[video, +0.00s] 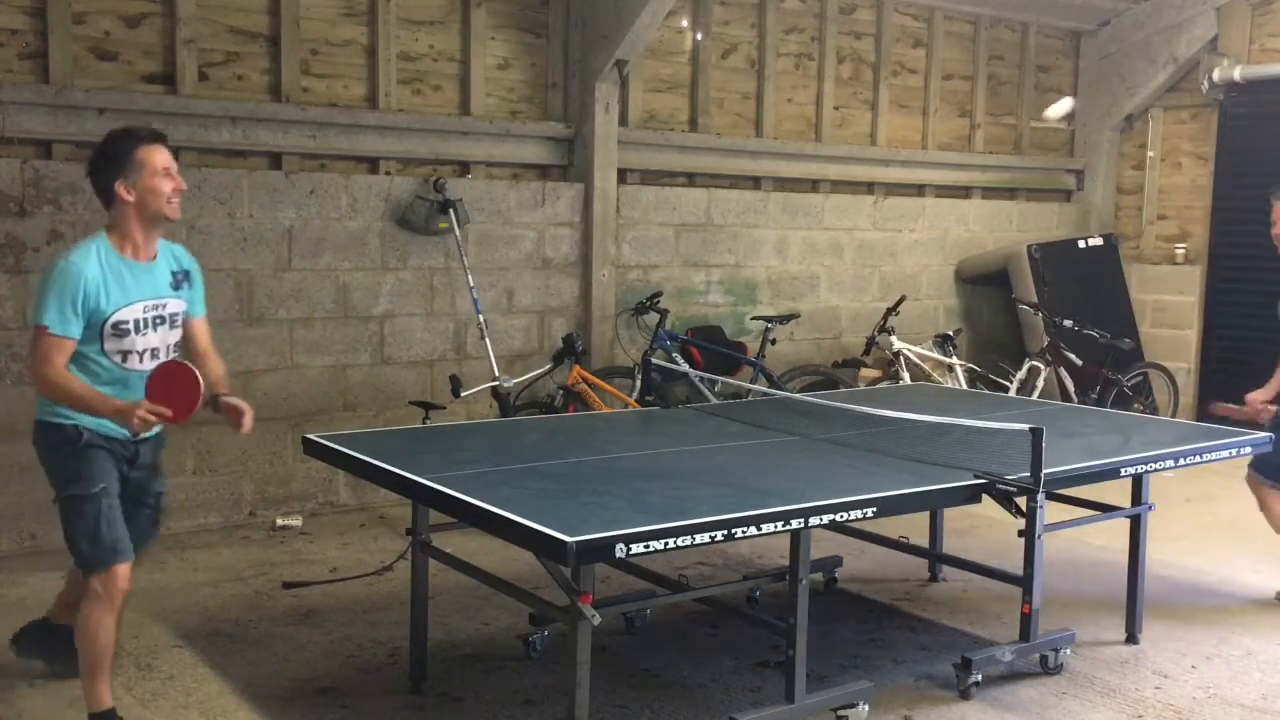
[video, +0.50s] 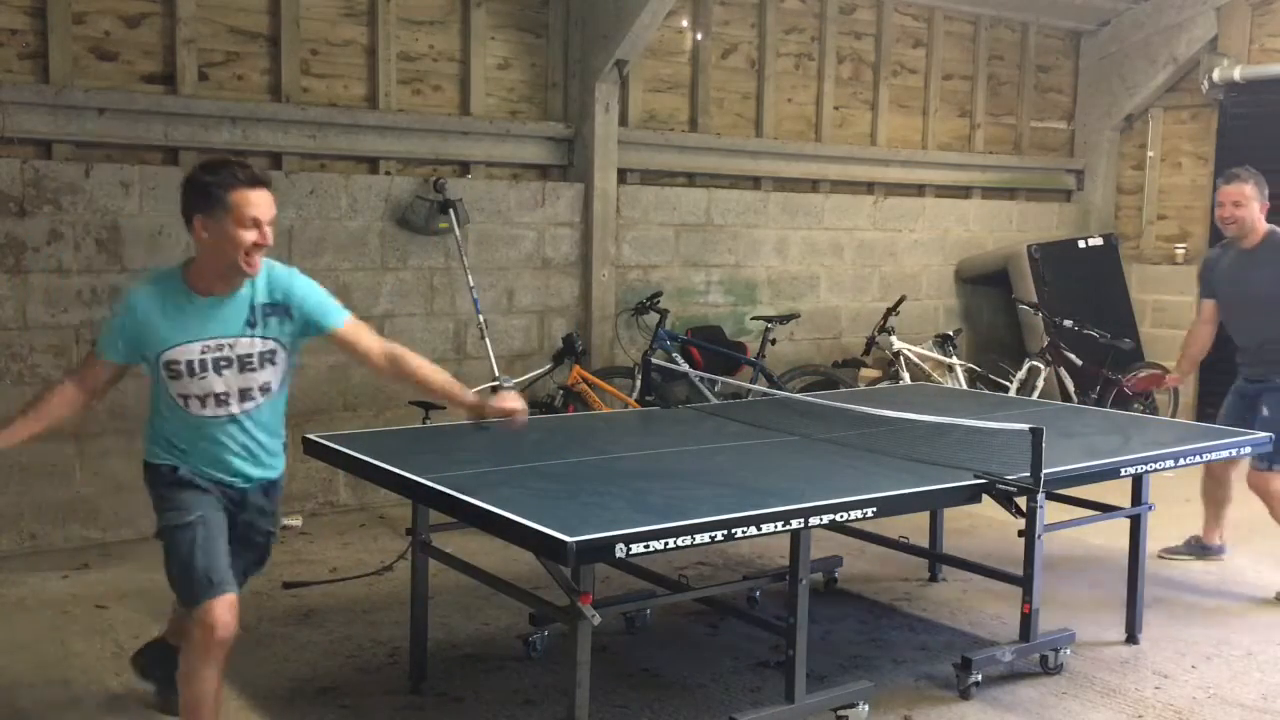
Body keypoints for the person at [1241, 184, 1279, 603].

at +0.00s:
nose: (1274, 231)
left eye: (1278, 222)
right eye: (1273, 222)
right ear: (1269, 222)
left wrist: (1267, 397)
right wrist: (1268, 391)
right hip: (1278, 415)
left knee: (1263, 478)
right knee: (1261, 477)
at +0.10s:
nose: (1262, 223)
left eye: (1271, 214)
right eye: (1257, 215)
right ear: (1253, 219)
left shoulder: (1276, 272)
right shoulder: (1276, 273)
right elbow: (1277, 344)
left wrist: (1274, 389)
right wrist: (1249, 390)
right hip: (1278, 409)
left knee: (1267, 481)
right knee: (1265, 479)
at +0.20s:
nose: (1250, 220)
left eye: (1260, 211)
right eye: (1245, 211)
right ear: (1241, 215)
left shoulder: (1273, 266)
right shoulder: (1262, 266)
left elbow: (1257, 330)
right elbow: (1258, 329)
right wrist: (1215, 380)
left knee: (1269, 481)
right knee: (1268, 480)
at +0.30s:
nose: (1241, 218)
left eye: (1252, 209)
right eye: (1235, 210)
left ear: (1275, 211)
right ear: (1230, 215)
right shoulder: (1245, 264)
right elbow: (1238, 324)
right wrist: (1197, 372)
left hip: (1277, 390)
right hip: (1276, 388)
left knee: (1263, 467)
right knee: (1262, 468)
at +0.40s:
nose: (1231, 216)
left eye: (1242, 207)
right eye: (1226, 208)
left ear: (1269, 210)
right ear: (1221, 211)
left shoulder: (1276, 249)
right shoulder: (1228, 262)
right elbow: (1219, 324)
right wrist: (1182, 373)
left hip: (1277, 380)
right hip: (1269, 378)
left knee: (1266, 472)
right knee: (1240, 455)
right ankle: (1246, 534)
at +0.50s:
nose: (1226, 213)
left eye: (1236, 204)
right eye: (1220, 205)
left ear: (1262, 207)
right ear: (1215, 209)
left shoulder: (1276, 247)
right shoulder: (1216, 262)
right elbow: (1205, 324)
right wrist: (1179, 372)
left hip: (1278, 381)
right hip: (1248, 379)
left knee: (1263, 476)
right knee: (1218, 459)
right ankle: (1210, 538)